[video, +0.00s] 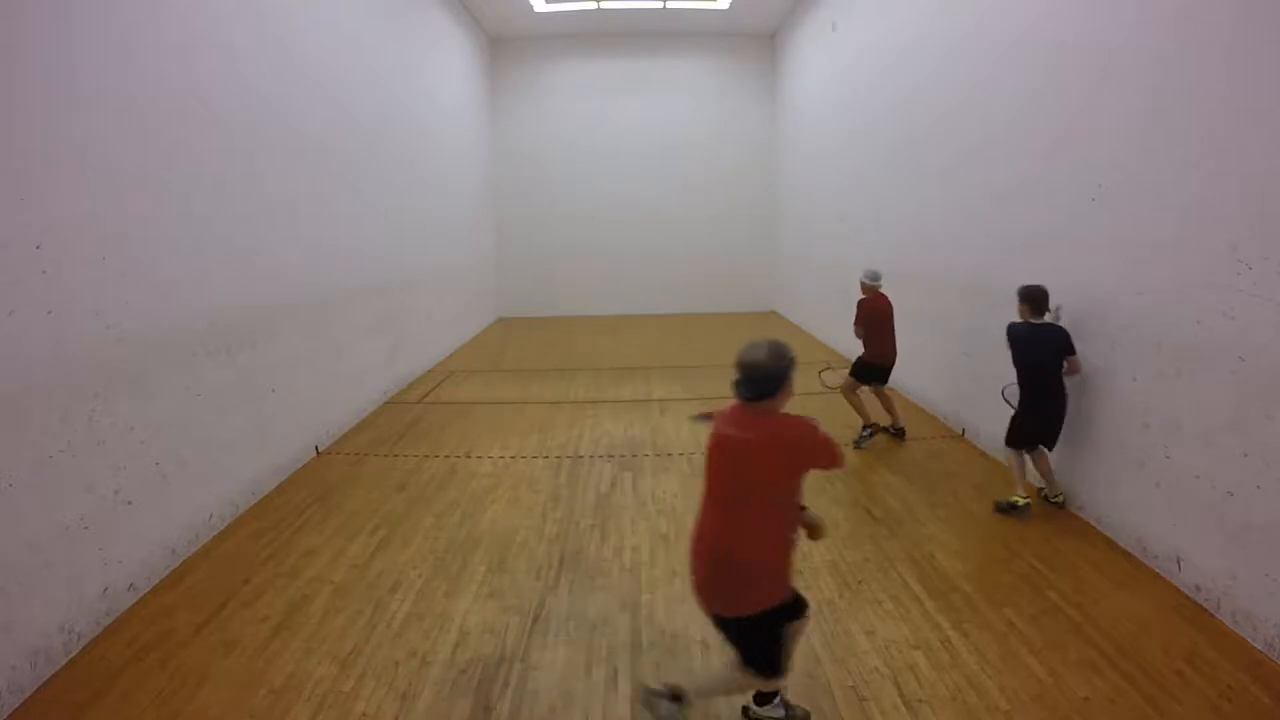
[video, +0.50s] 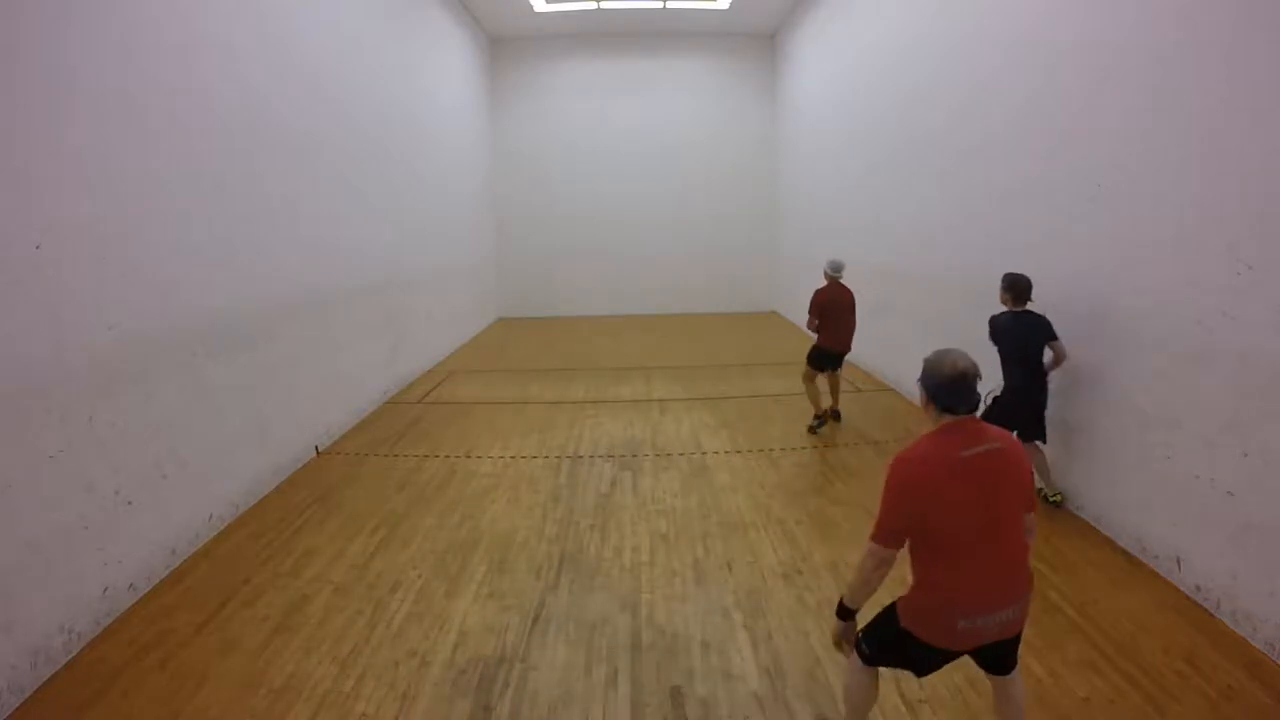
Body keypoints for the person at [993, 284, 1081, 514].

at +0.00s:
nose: (1017, 307)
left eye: (1019, 303)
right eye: (1018, 303)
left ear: (1025, 306)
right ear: (1045, 307)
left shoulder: (1014, 331)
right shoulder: (1059, 332)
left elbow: (1025, 356)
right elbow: (1074, 368)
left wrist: (1050, 323)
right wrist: (1055, 373)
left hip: (1030, 399)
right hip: (1055, 398)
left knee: (1014, 446)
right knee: (1034, 445)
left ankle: (1021, 495)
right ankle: (1054, 492)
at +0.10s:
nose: (1031, 300)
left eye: (1033, 297)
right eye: (1033, 296)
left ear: (1037, 300)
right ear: (1058, 300)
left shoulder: (1027, 324)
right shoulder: (1072, 327)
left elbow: (1044, 336)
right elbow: (1082, 364)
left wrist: (1062, 319)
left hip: (1038, 393)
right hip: (1065, 394)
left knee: (1020, 439)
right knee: (1042, 441)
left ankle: (1030, 488)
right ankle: (1054, 491)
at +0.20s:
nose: (1034, 296)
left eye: (1035, 292)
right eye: (1035, 292)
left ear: (1040, 295)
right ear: (1061, 296)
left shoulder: (1030, 320)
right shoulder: (1075, 325)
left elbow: (1046, 334)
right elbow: (1082, 362)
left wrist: (1060, 312)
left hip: (1040, 391)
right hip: (1067, 393)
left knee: (1020, 436)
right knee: (1047, 441)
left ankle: (1029, 486)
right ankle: (1054, 490)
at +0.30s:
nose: (1028, 294)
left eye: (1030, 291)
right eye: (1029, 290)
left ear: (1034, 294)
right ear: (1055, 295)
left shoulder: (1024, 317)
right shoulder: (1069, 323)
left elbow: (1042, 334)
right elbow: (1078, 362)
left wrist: (1059, 315)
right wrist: (1058, 356)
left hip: (1035, 392)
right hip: (1060, 393)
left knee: (1008, 434)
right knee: (1038, 435)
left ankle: (1024, 483)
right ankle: (1053, 489)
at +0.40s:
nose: (1015, 295)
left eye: (1017, 291)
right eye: (1017, 290)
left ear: (1022, 296)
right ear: (1043, 296)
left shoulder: (1012, 320)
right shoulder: (1056, 324)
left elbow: (1034, 335)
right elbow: (1073, 360)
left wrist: (1057, 320)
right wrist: (1058, 375)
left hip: (1026, 396)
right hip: (1051, 395)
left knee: (991, 434)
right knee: (1033, 437)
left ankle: (1008, 484)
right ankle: (1053, 490)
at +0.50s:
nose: (999, 294)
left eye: (1001, 290)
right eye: (1001, 290)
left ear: (1007, 295)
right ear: (1027, 295)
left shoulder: (997, 322)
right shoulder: (1040, 321)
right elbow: (1060, 355)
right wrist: (1045, 369)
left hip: (1012, 391)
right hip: (1037, 390)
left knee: (985, 432)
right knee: (1028, 441)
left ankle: (985, 483)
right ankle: (1050, 489)